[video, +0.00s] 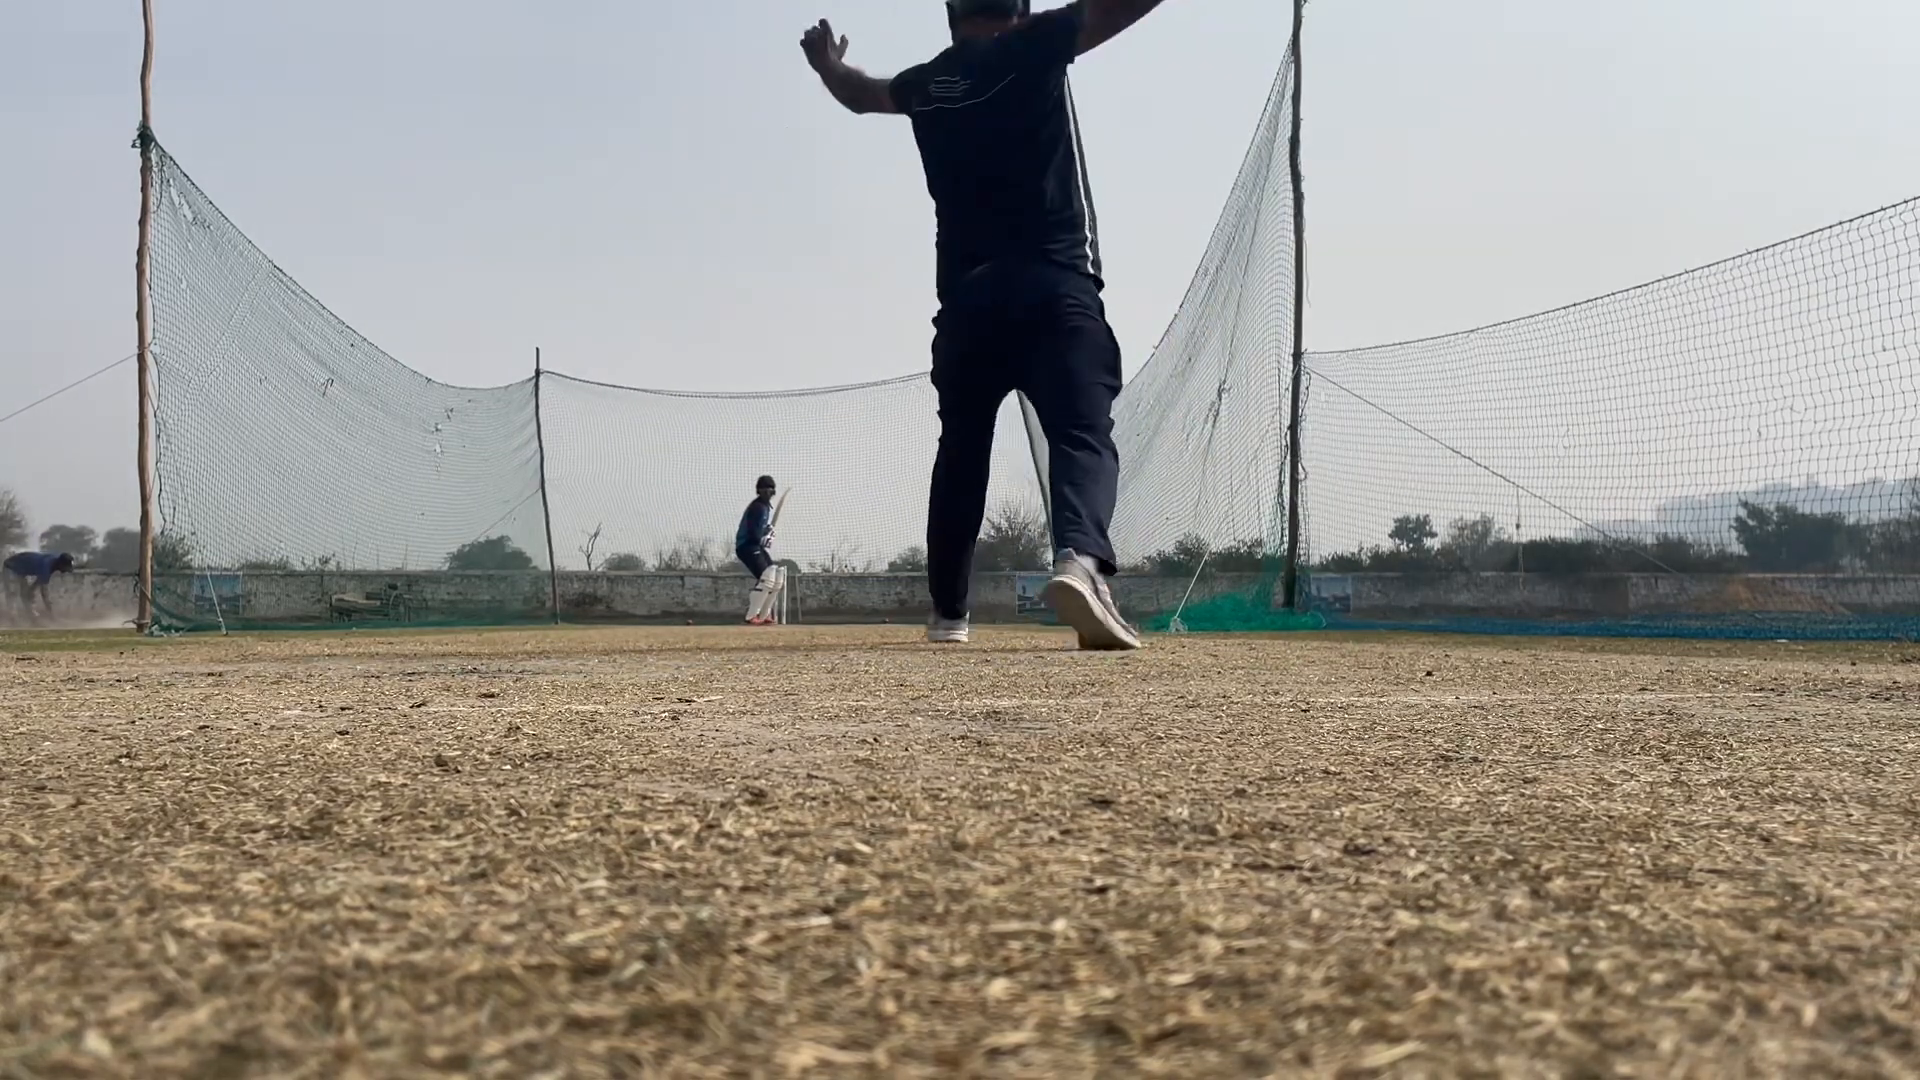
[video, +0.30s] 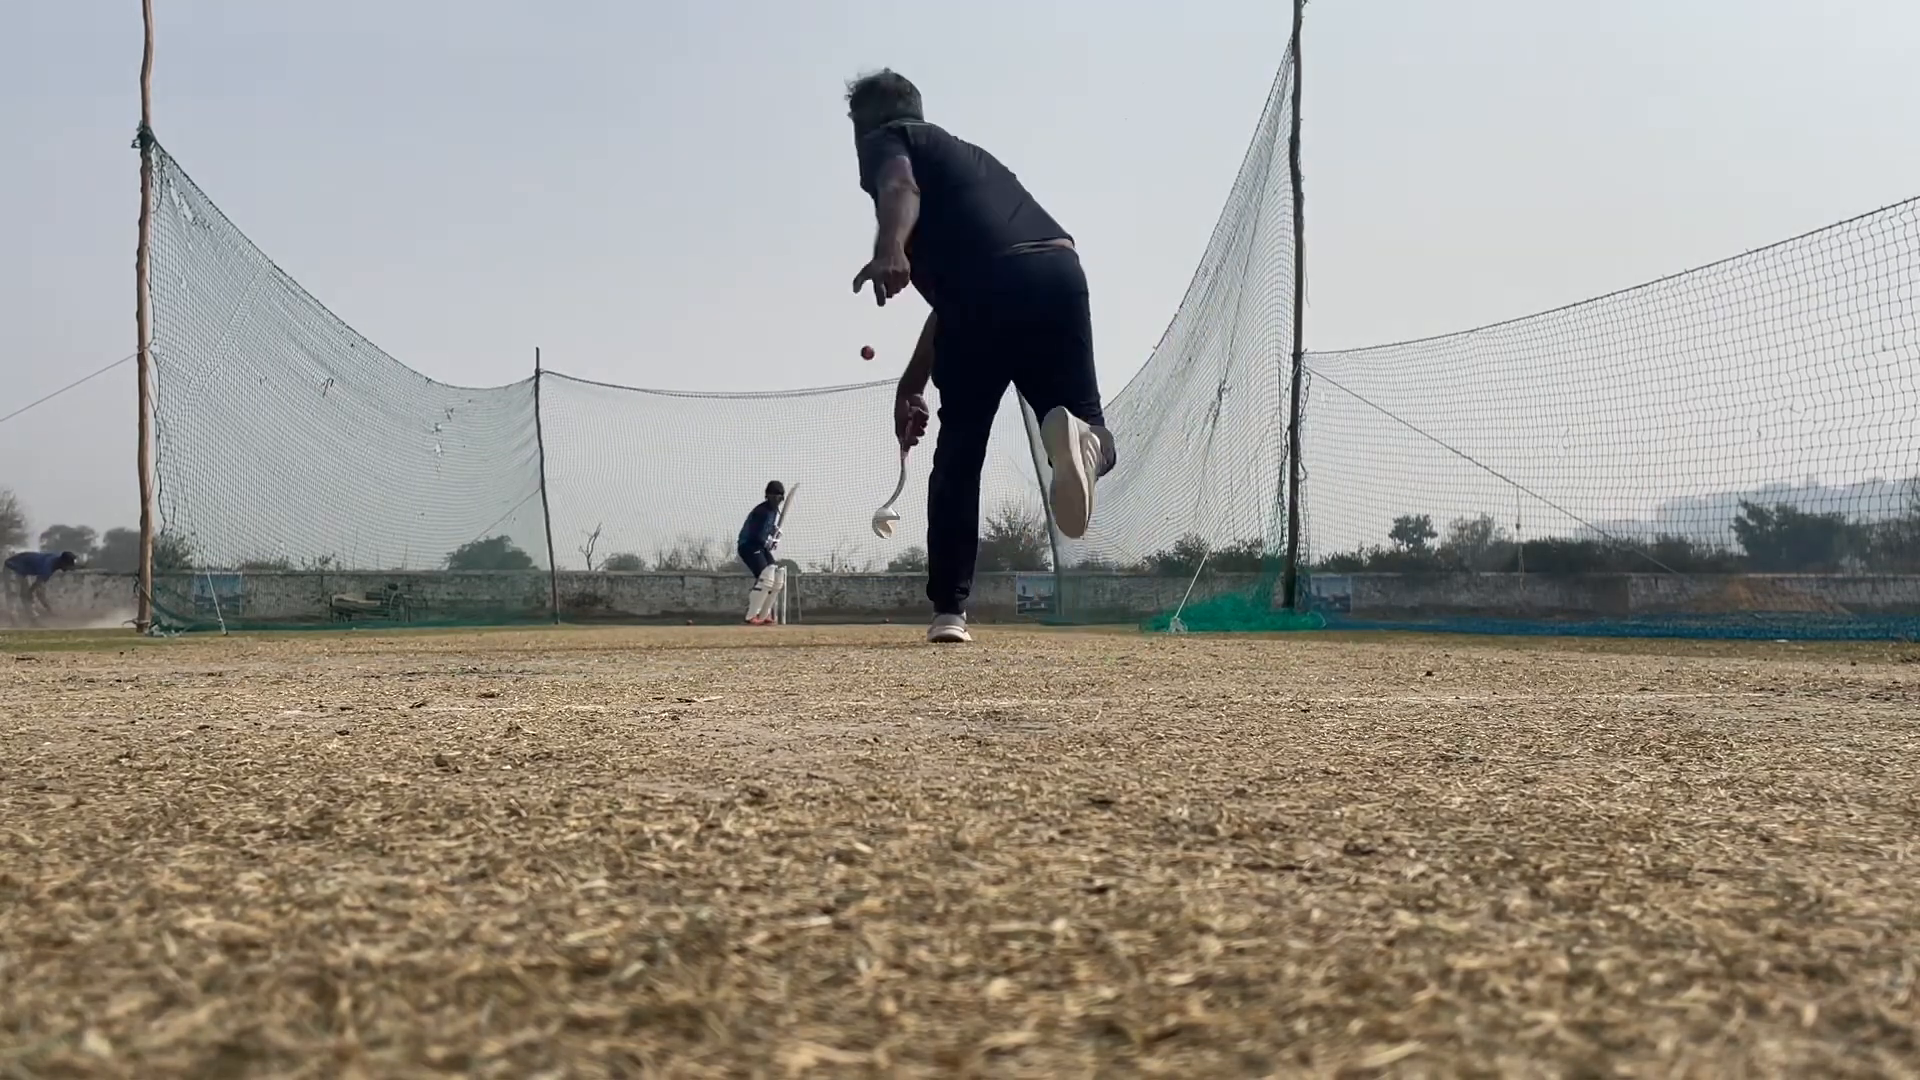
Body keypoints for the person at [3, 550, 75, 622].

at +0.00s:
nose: (66, 571)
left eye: (67, 569)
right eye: (66, 568)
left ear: (62, 562)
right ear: (62, 563)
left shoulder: (52, 563)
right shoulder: (46, 565)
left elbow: (37, 582)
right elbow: (44, 592)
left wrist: (30, 592)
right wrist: (50, 611)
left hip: (21, 570)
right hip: (10, 567)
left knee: (26, 594)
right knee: (12, 595)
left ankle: (31, 615)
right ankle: (13, 619)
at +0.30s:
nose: (68, 569)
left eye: (70, 566)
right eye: (68, 566)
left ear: (64, 560)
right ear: (64, 562)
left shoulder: (54, 562)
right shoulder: (48, 567)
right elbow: (38, 590)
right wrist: (49, 608)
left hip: (21, 571)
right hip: (11, 568)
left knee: (26, 595)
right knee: (13, 596)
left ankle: (32, 618)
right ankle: (15, 622)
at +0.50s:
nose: (68, 569)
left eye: (70, 567)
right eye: (69, 566)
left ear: (63, 559)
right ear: (64, 562)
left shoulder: (55, 561)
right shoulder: (49, 569)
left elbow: (44, 588)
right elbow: (32, 589)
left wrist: (51, 609)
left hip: (21, 570)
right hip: (11, 568)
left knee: (26, 593)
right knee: (13, 595)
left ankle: (33, 618)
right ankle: (14, 620)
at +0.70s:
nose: (67, 569)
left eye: (70, 567)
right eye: (68, 566)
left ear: (63, 559)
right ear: (64, 562)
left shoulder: (55, 560)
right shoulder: (48, 570)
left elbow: (45, 591)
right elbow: (30, 590)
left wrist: (51, 609)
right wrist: (30, 607)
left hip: (21, 571)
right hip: (11, 568)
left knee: (26, 594)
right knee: (13, 596)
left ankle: (34, 619)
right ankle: (15, 621)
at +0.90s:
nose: (67, 569)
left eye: (69, 567)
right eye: (67, 566)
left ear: (63, 559)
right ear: (63, 562)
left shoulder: (54, 560)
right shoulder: (48, 568)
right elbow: (41, 591)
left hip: (21, 570)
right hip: (10, 568)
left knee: (26, 595)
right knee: (12, 596)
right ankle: (14, 621)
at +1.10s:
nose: (68, 569)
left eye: (70, 567)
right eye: (68, 566)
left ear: (63, 559)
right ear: (64, 562)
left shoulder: (54, 562)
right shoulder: (48, 567)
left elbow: (41, 587)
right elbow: (41, 589)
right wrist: (50, 608)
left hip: (21, 571)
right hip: (11, 568)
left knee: (26, 597)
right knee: (13, 598)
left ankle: (34, 619)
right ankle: (15, 622)